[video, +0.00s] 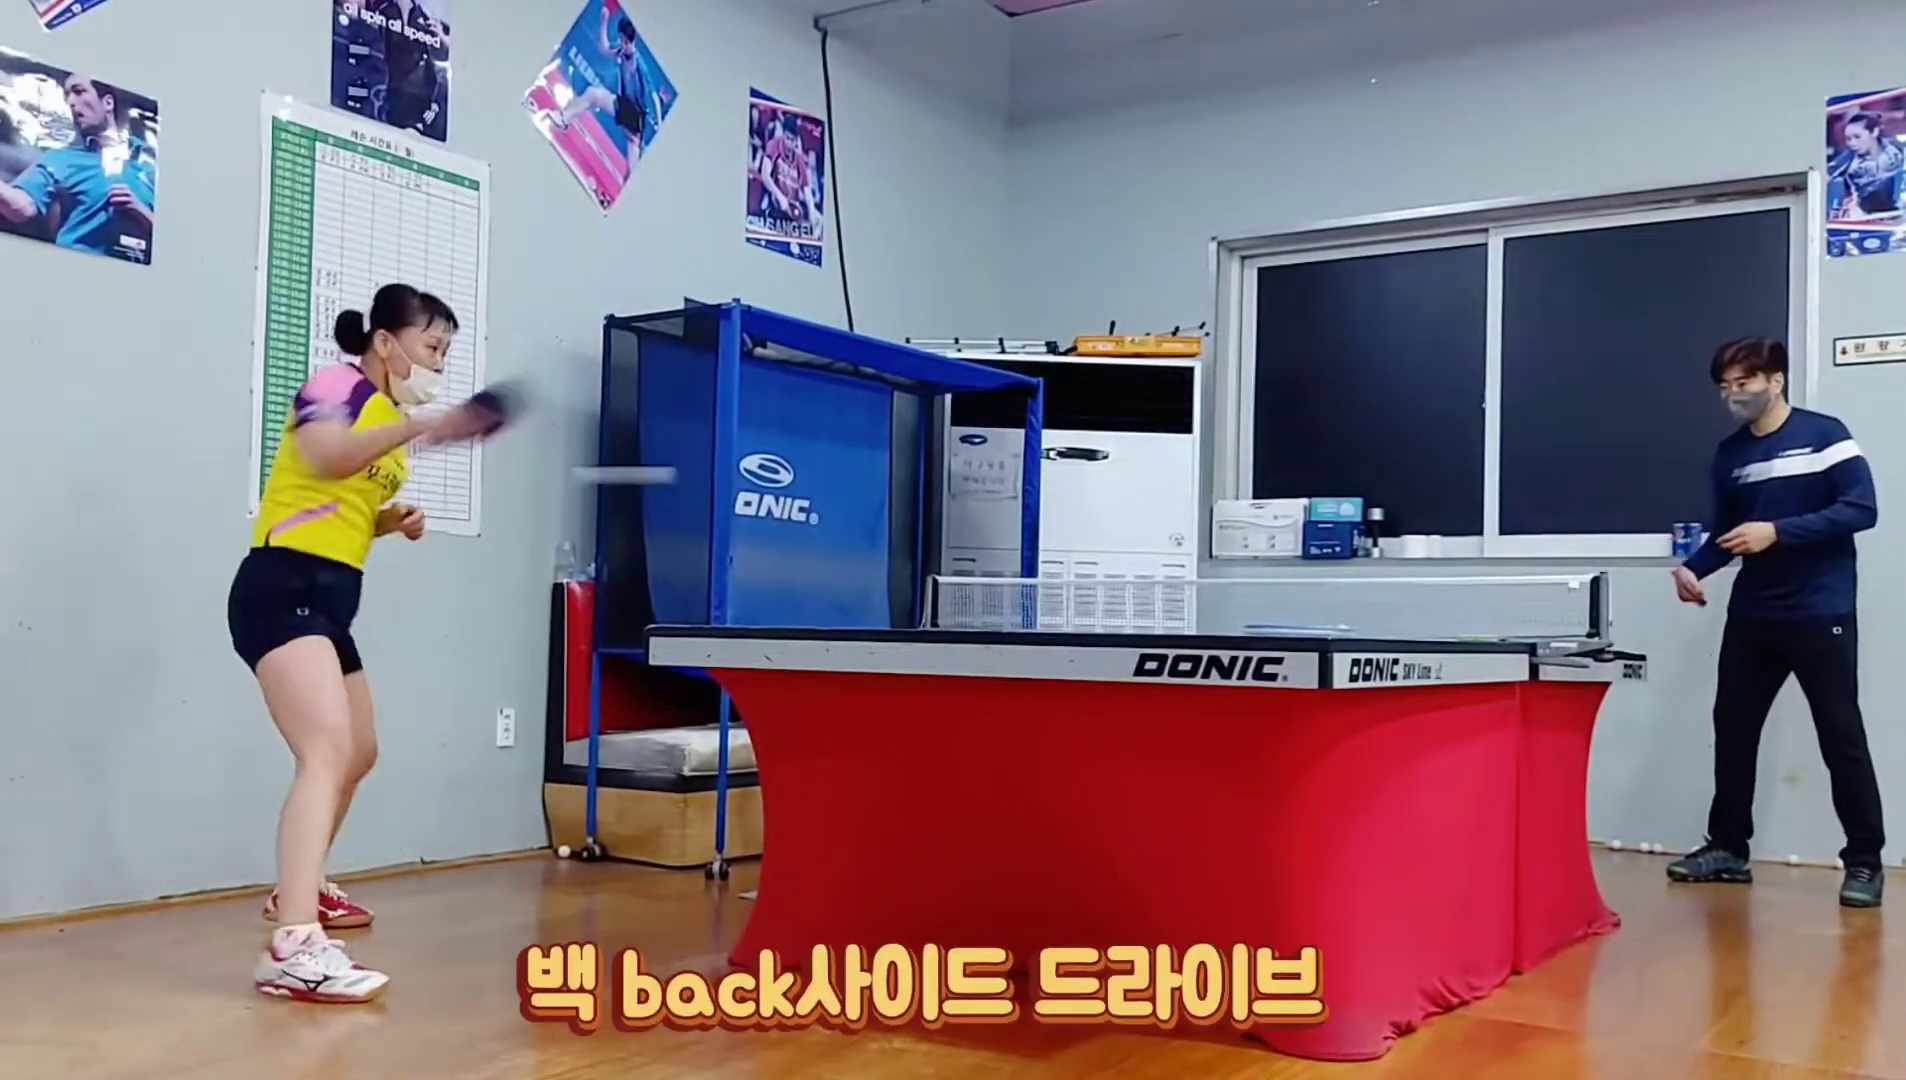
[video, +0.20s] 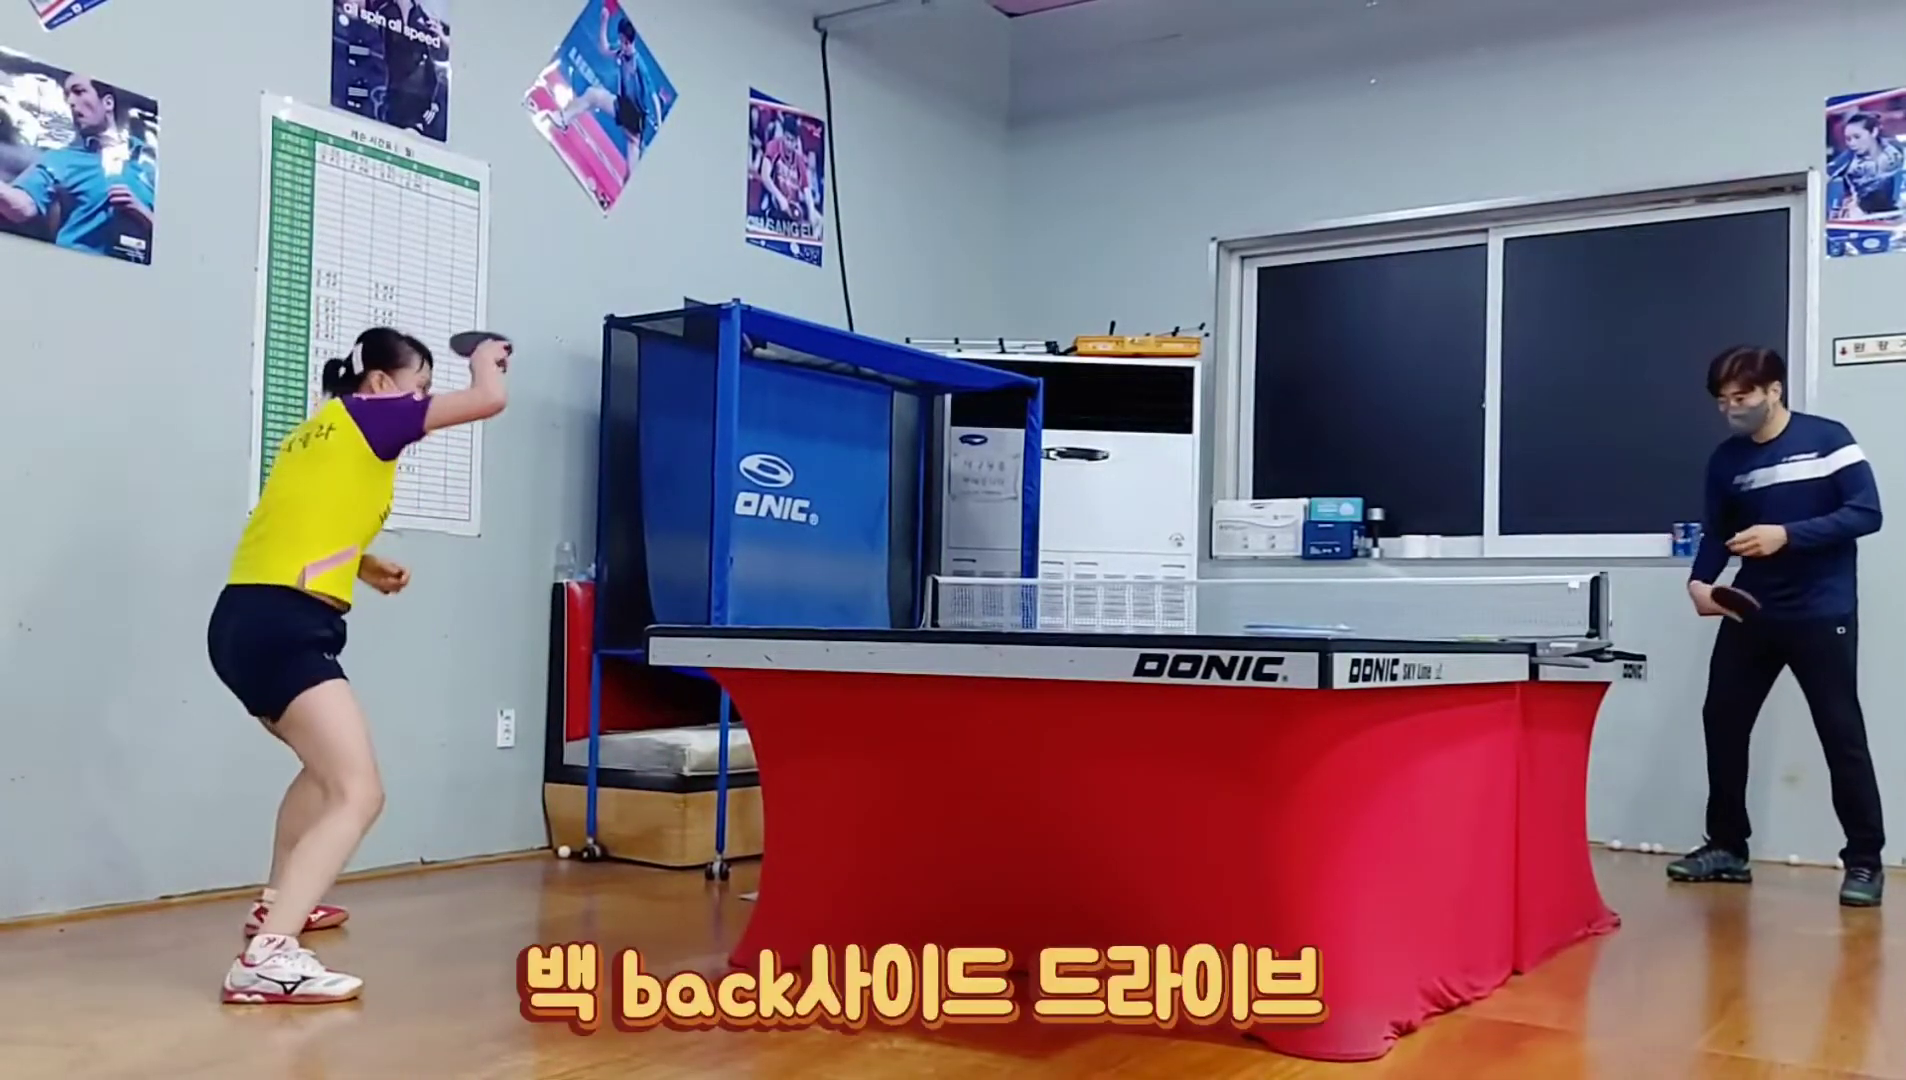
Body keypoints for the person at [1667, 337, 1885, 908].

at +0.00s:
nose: (1735, 390)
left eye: (1746, 379)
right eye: (1727, 384)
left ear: (1776, 380)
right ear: (1723, 392)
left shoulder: (1825, 433)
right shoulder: (1731, 452)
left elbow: (1861, 508)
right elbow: (1727, 532)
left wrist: (1776, 530)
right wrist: (1694, 565)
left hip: (1822, 617)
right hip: (1753, 618)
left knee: (1842, 740)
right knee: (1733, 731)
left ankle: (1864, 863)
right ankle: (1729, 849)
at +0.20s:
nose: (1730, 405)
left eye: (1741, 394)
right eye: (1723, 397)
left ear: (1773, 390)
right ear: (1718, 401)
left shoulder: (1829, 438)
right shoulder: (1726, 460)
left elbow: (1866, 513)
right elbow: (1717, 534)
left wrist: (1786, 534)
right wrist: (1699, 579)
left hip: (1821, 619)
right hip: (1750, 620)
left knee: (1842, 737)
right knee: (1722, 723)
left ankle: (1863, 863)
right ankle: (1728, 848)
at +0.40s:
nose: (1734, 406)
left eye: (1744, 395)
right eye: (1726, 398)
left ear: (1775, 391)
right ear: (1719, 400)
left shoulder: (1831, 438)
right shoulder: (1718, 460)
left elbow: (1870, 510)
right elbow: (1692, 521)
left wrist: (1802, 531)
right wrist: (1674, 549)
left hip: (1820, 617)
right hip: (1744, 618)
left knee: (1842, 736)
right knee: (1718, 724)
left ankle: (1863, 863)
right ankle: (1726, 848)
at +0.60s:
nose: (1738, 396)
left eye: (1749, 385)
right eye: (1730, 388)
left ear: (1781, 383)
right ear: (1724, 393)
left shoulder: (1835, 437)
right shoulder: (1717, 454)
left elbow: (1874, 509)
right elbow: (1678, 520)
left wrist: (1806, 533)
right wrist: (1651, 530)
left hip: (1821, 616)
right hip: (1745, 615)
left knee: (1843, 737)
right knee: (1724, 728)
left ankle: (1863, 863)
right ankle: (1726, 849)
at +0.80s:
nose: (1743, 393)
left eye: (1755, 382)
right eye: (1735, 386)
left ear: (1785, 382)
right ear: (1728, 393)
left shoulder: (1836, 438)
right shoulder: (1729, 456)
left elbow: (1872, 513)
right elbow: (1713, 529)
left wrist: (1793, 535)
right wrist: (1683, 549)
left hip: (1822, 618)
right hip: (1750, 618)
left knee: (1843, 737)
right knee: (1726, 724)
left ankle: (1863, 863)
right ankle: (1727, 847)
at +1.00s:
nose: (1741, 392)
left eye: (1752, 380)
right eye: (1734, 386)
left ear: (1783, 380)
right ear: (1729, 393)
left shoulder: (1833, 435)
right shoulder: (1736, 453)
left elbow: (1869, 510)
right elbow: (1731, 533)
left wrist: (1787, 534)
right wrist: (1700, 566)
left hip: (1827, 618)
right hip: (1757, 618)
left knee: (1844, 740)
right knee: (1738, 732)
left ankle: (1863, 864)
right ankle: (1729, 849)